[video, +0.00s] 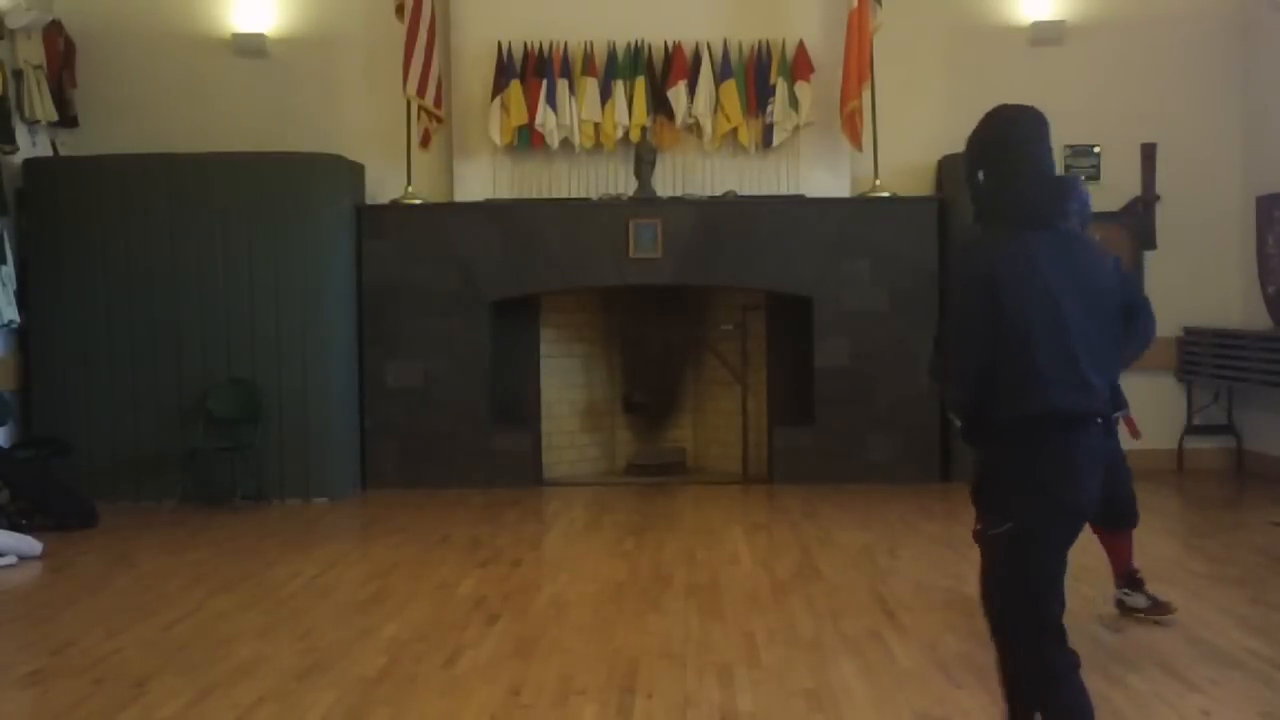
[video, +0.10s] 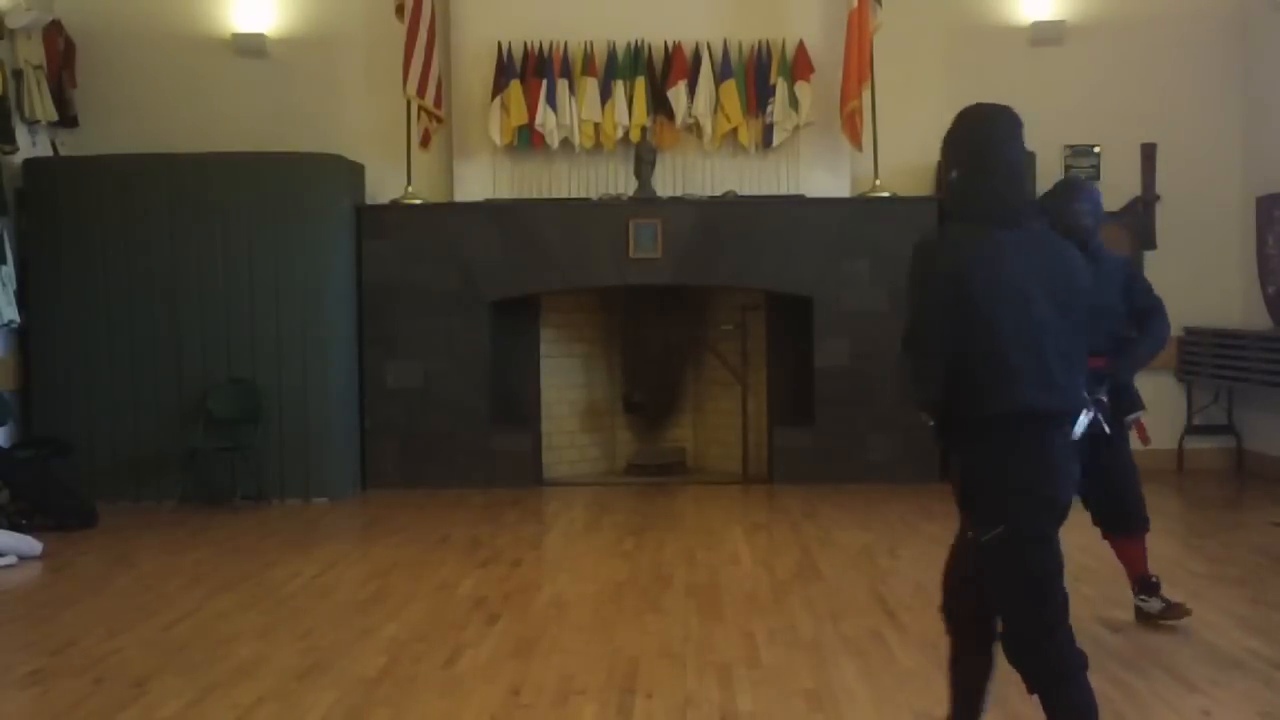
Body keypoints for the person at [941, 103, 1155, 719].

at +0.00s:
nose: (973, 179)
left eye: (976, 169)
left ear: (983, 176)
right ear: (1046, 169)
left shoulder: (978, 259)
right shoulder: (1084, 253)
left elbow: (957, 371)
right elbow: (1138, 326)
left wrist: (981, 427)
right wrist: (1085, 377)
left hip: (1020, 456)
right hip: (1082, 450)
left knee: (1026, 618)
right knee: (1016, 600)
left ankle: (1064, 709)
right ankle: (1027, 707)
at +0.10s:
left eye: (949, 165)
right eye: (1021, 157)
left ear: (954, 169)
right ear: (1022, 167)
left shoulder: (944, 252)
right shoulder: (1058, 254)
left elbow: (925, 363)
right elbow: (1098, 337)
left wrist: (945, 418)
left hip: (986, 454)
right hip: (1050, 451)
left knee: (1038, 634)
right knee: (968, 598)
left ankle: (1076, 706)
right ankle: (964, 710)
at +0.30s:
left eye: (891, 176)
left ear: (890, 182)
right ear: (955, 183)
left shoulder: (870, 265)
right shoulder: (991, 264)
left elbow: (850, 383)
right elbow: (1012, 362)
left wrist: (892, 447)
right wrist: (980, 434)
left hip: (924, 465)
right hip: (978, 460)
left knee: (999, 639)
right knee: (889, 623)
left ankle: (1053, 705)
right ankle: (877, 709)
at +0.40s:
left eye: (856, 173)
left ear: (852, 180)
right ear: (916, 184)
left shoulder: (829, 266)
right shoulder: (947, 271)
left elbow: (819, 378)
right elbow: (967, 369)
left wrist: (848, 451)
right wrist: (937, 439)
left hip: (878, 470)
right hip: (930, 466)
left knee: (917, 644)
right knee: (853, 626)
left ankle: (1001, 711)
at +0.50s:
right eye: (874, 164)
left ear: (815, 170)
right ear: (879, 173)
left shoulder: (787, 255)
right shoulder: (906, 258)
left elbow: (761, 379)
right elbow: (938, 351)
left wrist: (810, 428)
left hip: (836, 463)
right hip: (900, 459)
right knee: (851, 630)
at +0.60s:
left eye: (777, 156)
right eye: (838, 161)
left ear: (775, 164)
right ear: (840, 168)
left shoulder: (750, 252)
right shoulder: (873, 253)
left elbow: (722, 374)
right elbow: (897, 367)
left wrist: (773, 413)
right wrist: (853, 410)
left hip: (784, 465)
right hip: (857, 465)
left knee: (728, 616)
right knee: (837, 627)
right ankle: (846, 715)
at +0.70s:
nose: (806, 177)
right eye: (803, 167)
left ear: (734, 169)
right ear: (799, 171)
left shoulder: (705, 253)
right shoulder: (834, 254)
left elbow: (680, 380)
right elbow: (858, 377)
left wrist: (735, 425)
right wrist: (808, 417)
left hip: (739, 469)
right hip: (816, 469)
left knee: (673, 630)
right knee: (817, 627)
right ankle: (838, 711)